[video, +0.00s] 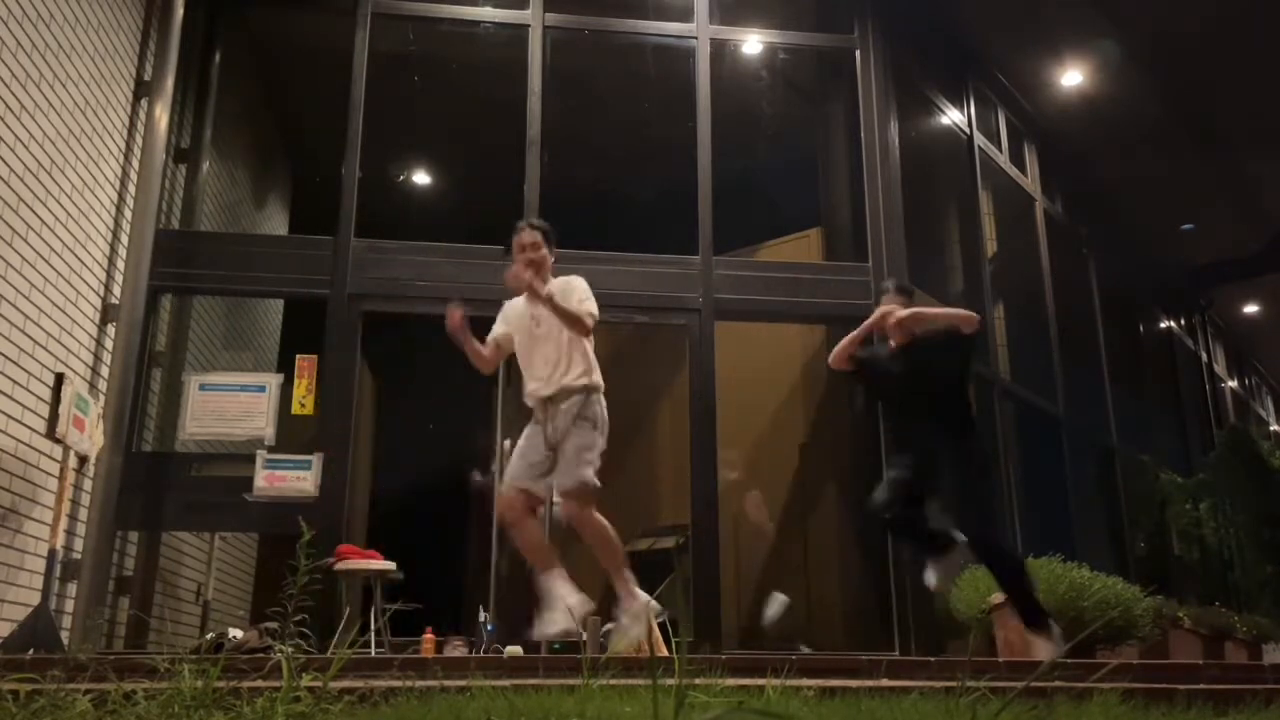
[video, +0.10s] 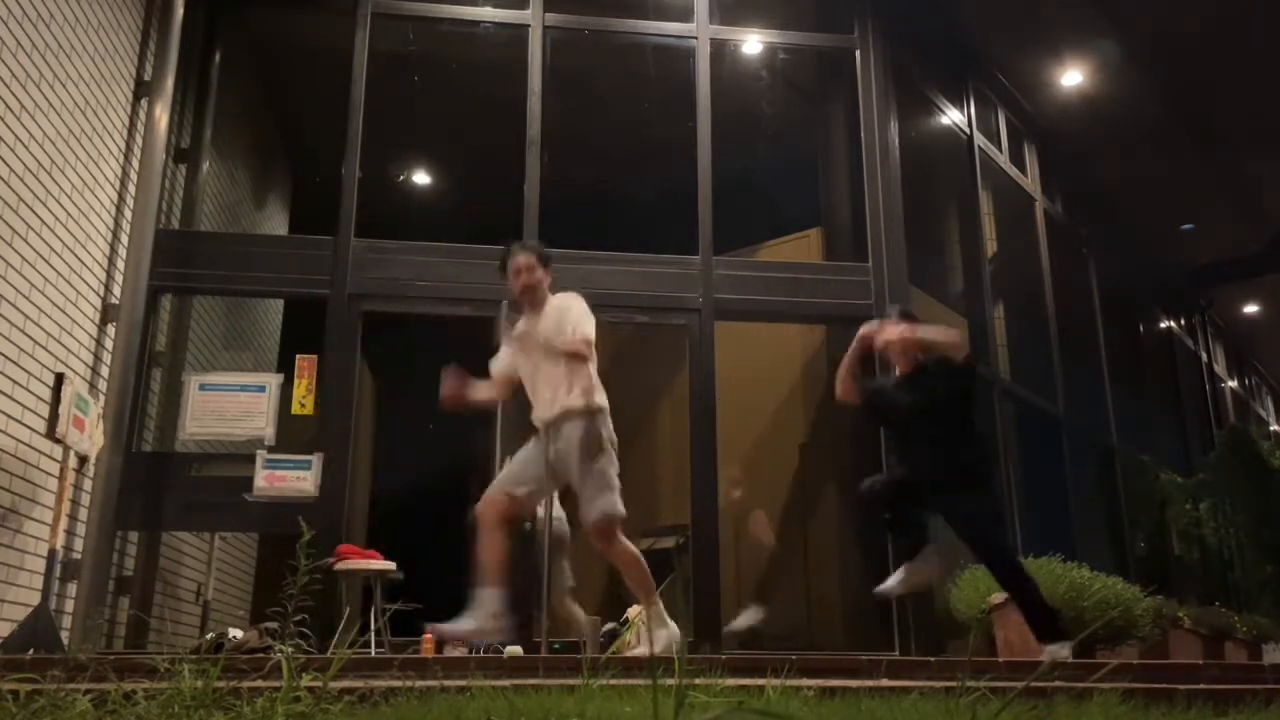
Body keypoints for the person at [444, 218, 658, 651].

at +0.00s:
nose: (529, 256)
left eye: (535, 247)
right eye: (522, 250)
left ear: (550, 252)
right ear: (512, 260)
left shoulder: (570, 285)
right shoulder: (514, 308)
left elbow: (585, 327)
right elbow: (488, 362)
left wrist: (541, 294)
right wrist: (463, 336)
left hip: (582, 406)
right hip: (543, 416)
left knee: (576, 507)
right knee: (511, 506)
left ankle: (633, 601)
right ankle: (565, 599)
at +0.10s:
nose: (524, 278)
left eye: (531, 270)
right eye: (516, 272)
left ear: (547, 273)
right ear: (509, 281)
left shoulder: (568, 304)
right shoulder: (518, 333)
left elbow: (583, 349)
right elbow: (498, 388)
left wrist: (534, 331)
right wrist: (465, 390)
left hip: (586, 425)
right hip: (548, 434)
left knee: (605, 534)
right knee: (491, 509)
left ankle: (660, 625)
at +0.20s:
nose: (515, 307)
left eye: (521, 297)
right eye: (506, 301)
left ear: (537, 302)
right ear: (498, 310)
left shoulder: (564, 338)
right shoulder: (511, 366)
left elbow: (586, 388)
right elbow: (502, 430)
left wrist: (558, 424)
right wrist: (466, 468)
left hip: (590, 459)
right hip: (546, 464)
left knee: (605, 557)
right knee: (483, 530)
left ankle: (664, 633)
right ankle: (421, 622)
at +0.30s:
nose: (492, 307)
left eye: (498, 299)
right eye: (483, 301)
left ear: (512, 305)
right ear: (472, 312)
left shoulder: (539, 345)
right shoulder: (478, 365)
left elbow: (581, 397)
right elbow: (489, 435)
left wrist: (613, 446)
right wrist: (488, 497)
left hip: (567, 459)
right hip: (520, 470)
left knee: (592, 555)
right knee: (458, 534)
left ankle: (661, 629)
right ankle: (408, 631)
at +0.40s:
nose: (465, 291)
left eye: (471, 283)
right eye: (456, 284)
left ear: (484, 287)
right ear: (442, 292)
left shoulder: (509, 328)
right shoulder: (443, 342)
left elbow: (563, 364)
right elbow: (461, 399)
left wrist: (610, 390)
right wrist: (475, 446)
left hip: (528, 449)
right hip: (479, 456)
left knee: (568, 541)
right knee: (426, 523)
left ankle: (641, 616)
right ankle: (402, 630)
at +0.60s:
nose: (446, 260)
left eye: (453, 253)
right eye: (438, 251)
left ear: (462, 259)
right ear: (421, 255)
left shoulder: (481, 304)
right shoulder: (400, 308)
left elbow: (520, 337)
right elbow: (394, 364)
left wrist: (559, 366)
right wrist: (394, 407)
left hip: (472, 422)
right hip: (419, 424)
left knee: (473, 520)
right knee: (392, 521)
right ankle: (400, 630)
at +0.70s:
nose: (443, 257)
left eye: (450, 252)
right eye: (437, 249)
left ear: (455, 260)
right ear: (416, 252)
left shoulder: (470, 306)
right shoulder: (384, 307)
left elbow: (499, 360)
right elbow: (365, 363)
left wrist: (524, 407)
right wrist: (351, 412)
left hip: (449, 427)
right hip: (393, 423)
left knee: (437, 528)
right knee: (372, 519)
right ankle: (394, 627)